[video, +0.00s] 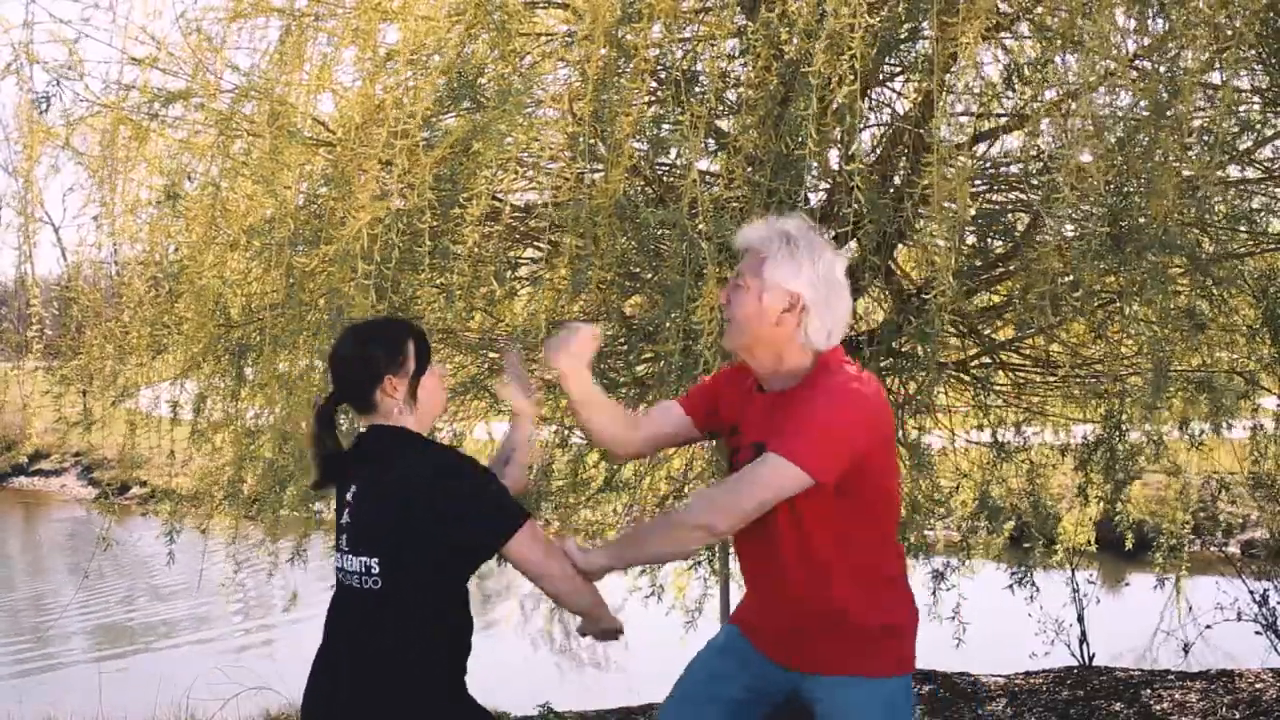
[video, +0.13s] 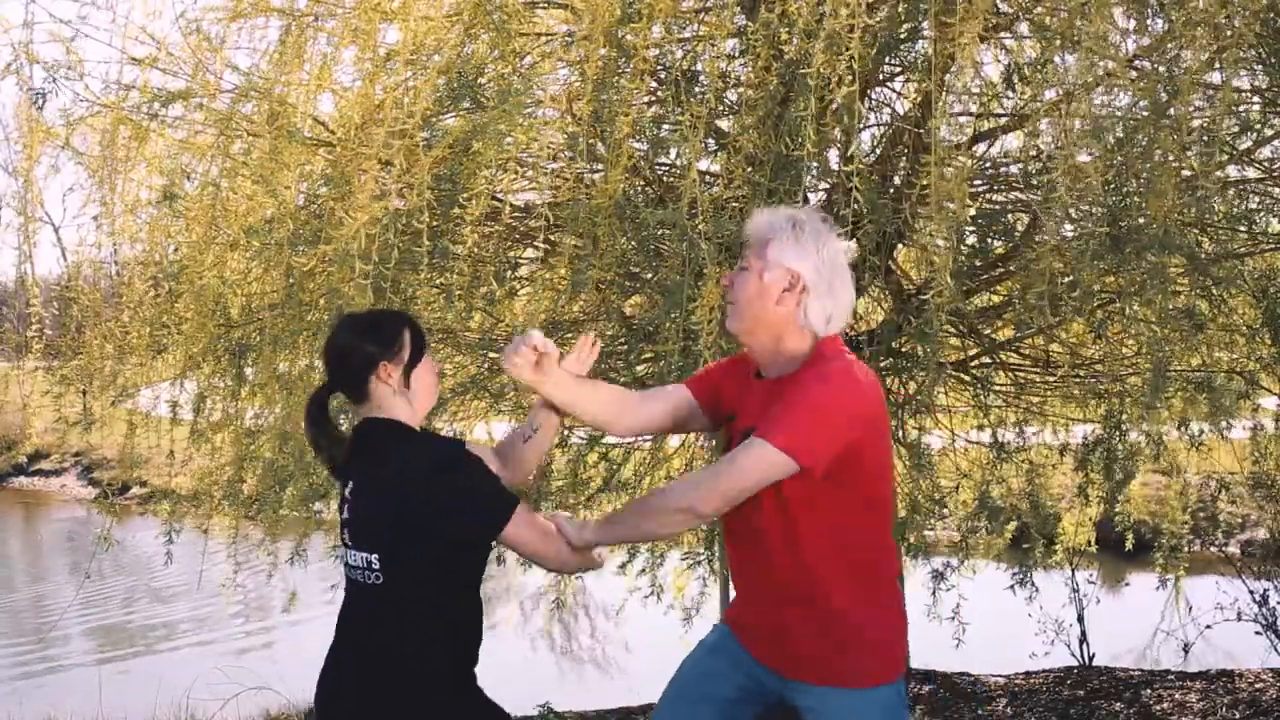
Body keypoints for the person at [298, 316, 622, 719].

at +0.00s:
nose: (441, 373)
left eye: (433, 363)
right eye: (430, 365)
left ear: (389, 389)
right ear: (393, 387)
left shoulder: (362, 460)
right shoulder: (445, 473)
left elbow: (499, 492)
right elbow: (548, 568)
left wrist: (524, 413)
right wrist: (598, 615)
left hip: (334, 694)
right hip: (420, 698)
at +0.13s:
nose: (436, 367)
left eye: (429, 354)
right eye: (425, 355)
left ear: (383, 376)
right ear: (390, 373)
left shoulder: (364, 449)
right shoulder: (440, 463)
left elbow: (503, 465)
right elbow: (556, 552)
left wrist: (559, 395)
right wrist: (591, 557)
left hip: (345, 695)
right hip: (432, 698)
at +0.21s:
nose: (434, 362)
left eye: (426, 350)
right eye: (421, 351)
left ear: (380, 372)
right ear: (388, 370)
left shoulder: (360, 447)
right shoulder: (443, 461)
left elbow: (501, 471)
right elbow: (559, 540)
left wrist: (556, 407)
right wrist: (572, 513)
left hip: (347, 693)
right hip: (435, 695)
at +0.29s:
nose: (434, 362)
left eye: (428, 348)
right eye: (423, 349)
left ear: (381, 369)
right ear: (386, 367)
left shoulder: (360, 444)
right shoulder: (442, 459)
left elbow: (503, 462)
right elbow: (555, 531)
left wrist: (562, 392)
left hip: (347, 688)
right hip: (431, 691)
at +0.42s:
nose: (431, 362)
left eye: (425, 347)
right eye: (420, 348)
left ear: (375, 362)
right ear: (380, 361)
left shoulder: (355, 437)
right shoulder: (428, 450)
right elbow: (541, 515)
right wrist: (549, 465)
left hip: (345, 684)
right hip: (427, 689)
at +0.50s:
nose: (430, 360)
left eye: (423, 346)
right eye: (419, 347)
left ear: (379, 360)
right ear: (381, 359)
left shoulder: (415, 419)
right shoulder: (408, 465)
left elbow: (516, 464)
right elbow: (530, 522)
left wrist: (574, 492)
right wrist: (568, 497)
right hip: (418, 693)